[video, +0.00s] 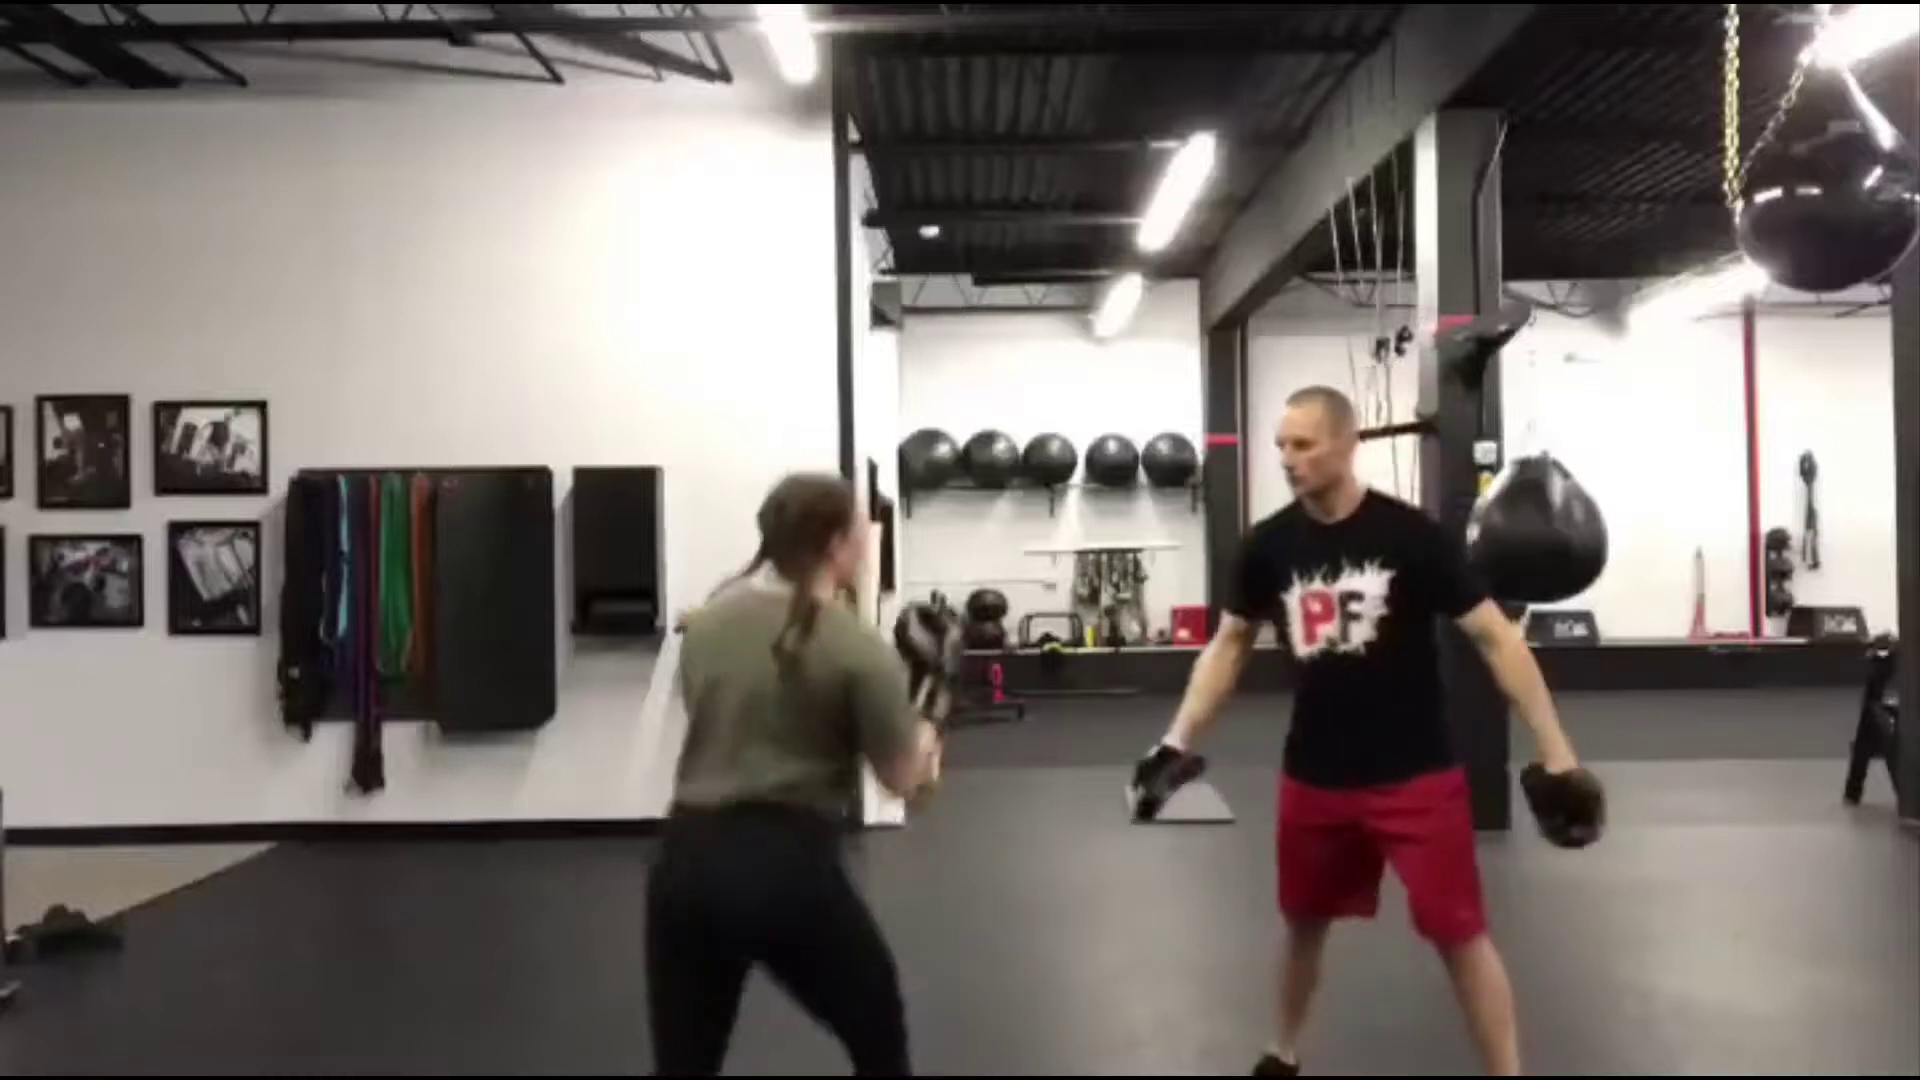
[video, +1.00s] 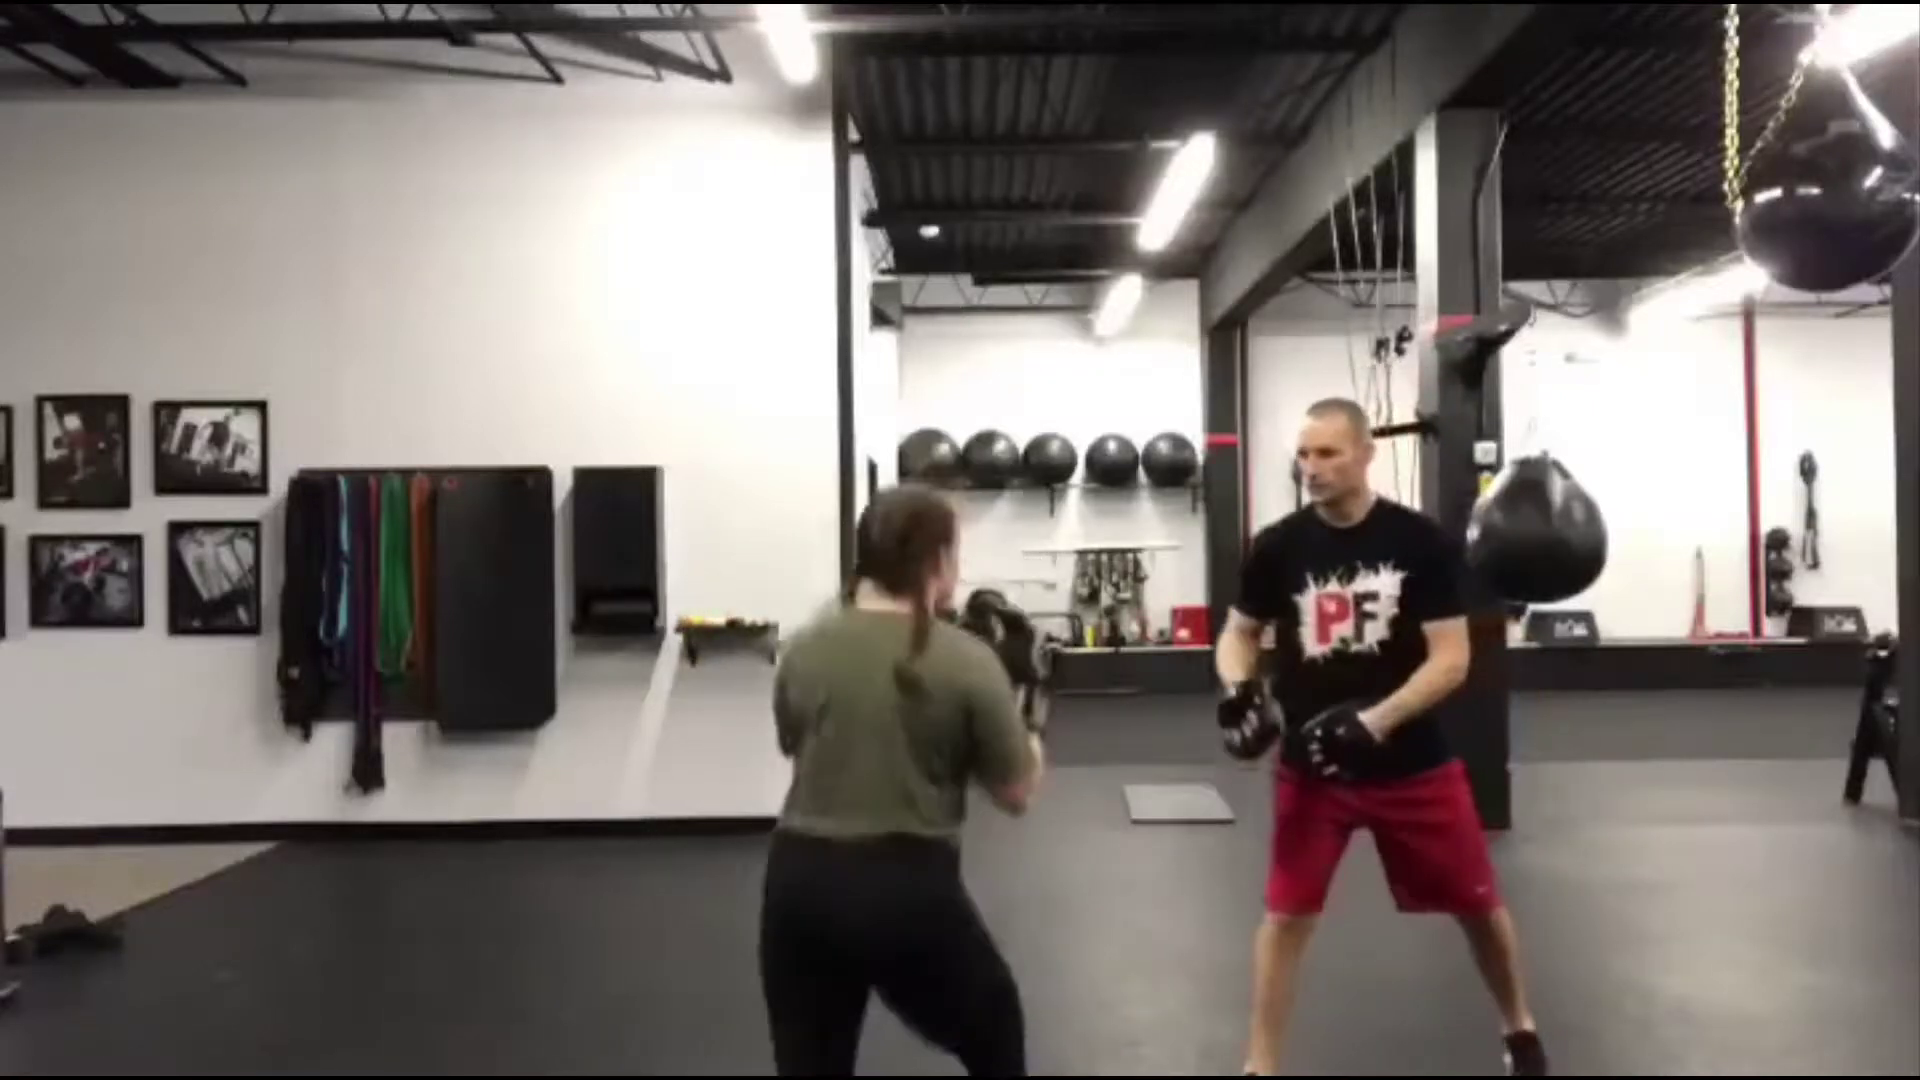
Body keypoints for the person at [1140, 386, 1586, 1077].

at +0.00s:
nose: (1289, 459)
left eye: (1304, 446)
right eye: (1283, 446)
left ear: (1350, 445)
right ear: (1280, 449)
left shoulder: (1416, 537)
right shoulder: (1269, 546)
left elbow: (1498, 638)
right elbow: (1228, 645)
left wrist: (1560, 761)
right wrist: (1178, 744)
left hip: (1418, 781)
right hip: (1315, 781)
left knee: (1460, 937)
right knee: (1302, 925)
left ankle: (1506, 1070)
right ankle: (1283, 1056)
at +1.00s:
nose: (1311, 467)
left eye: (1327, 454)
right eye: (1304, 455)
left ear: (1367, 456)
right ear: (1297, 460)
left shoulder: (1421, 542)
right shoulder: (1276, 548)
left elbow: (1452, 658)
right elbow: (1240, 633)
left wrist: (1374, 720)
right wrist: (1238, 692)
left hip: (1417, 765)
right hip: (1314, 769)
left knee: (1480, 905)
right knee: (1287, 916)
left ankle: (1521, 1032)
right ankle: (1261, 1063)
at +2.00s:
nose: (1365, 471)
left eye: (1379, 457)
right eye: (1356, 460)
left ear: (1415, 460)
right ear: (1347, 467)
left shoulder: (1464, 550)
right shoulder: (1326, 553)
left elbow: (1499, 665)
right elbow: (1288, 654)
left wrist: (1409, 682)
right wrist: (1275, 603)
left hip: (1452, 778)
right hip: (1348, 775)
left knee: (1508, 921)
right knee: (1308, 914)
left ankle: (1543, 1043)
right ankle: (1265, 1063)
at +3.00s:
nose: (1366, 500)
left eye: (1378, 487)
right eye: (1357, 488)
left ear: (1413, 483)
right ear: (1347, 488)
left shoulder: (1464, 557)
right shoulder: (1325, 565)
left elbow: (1476, 665)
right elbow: (1300, 652)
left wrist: (1396, 626)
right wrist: (1330, 720)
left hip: (1451, 775)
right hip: (1354, 773)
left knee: (1496, 920)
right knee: (1313, 909)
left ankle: (1510, 1028)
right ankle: (1266, 1060)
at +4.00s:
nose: (1335, 500)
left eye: (1349, 488)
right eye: (1331, 488)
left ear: (1389, 493)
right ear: (1327, 493)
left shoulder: (1439, 566)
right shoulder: (1310, 571)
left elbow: (1464, 680)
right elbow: (1253, 650)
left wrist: (1410, 615)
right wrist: (1258, 694)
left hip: (1429, 778)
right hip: (1327, 775)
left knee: (1491, 917)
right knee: (1284, 905)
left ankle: (1509, 1026)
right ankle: (1245, 1053)